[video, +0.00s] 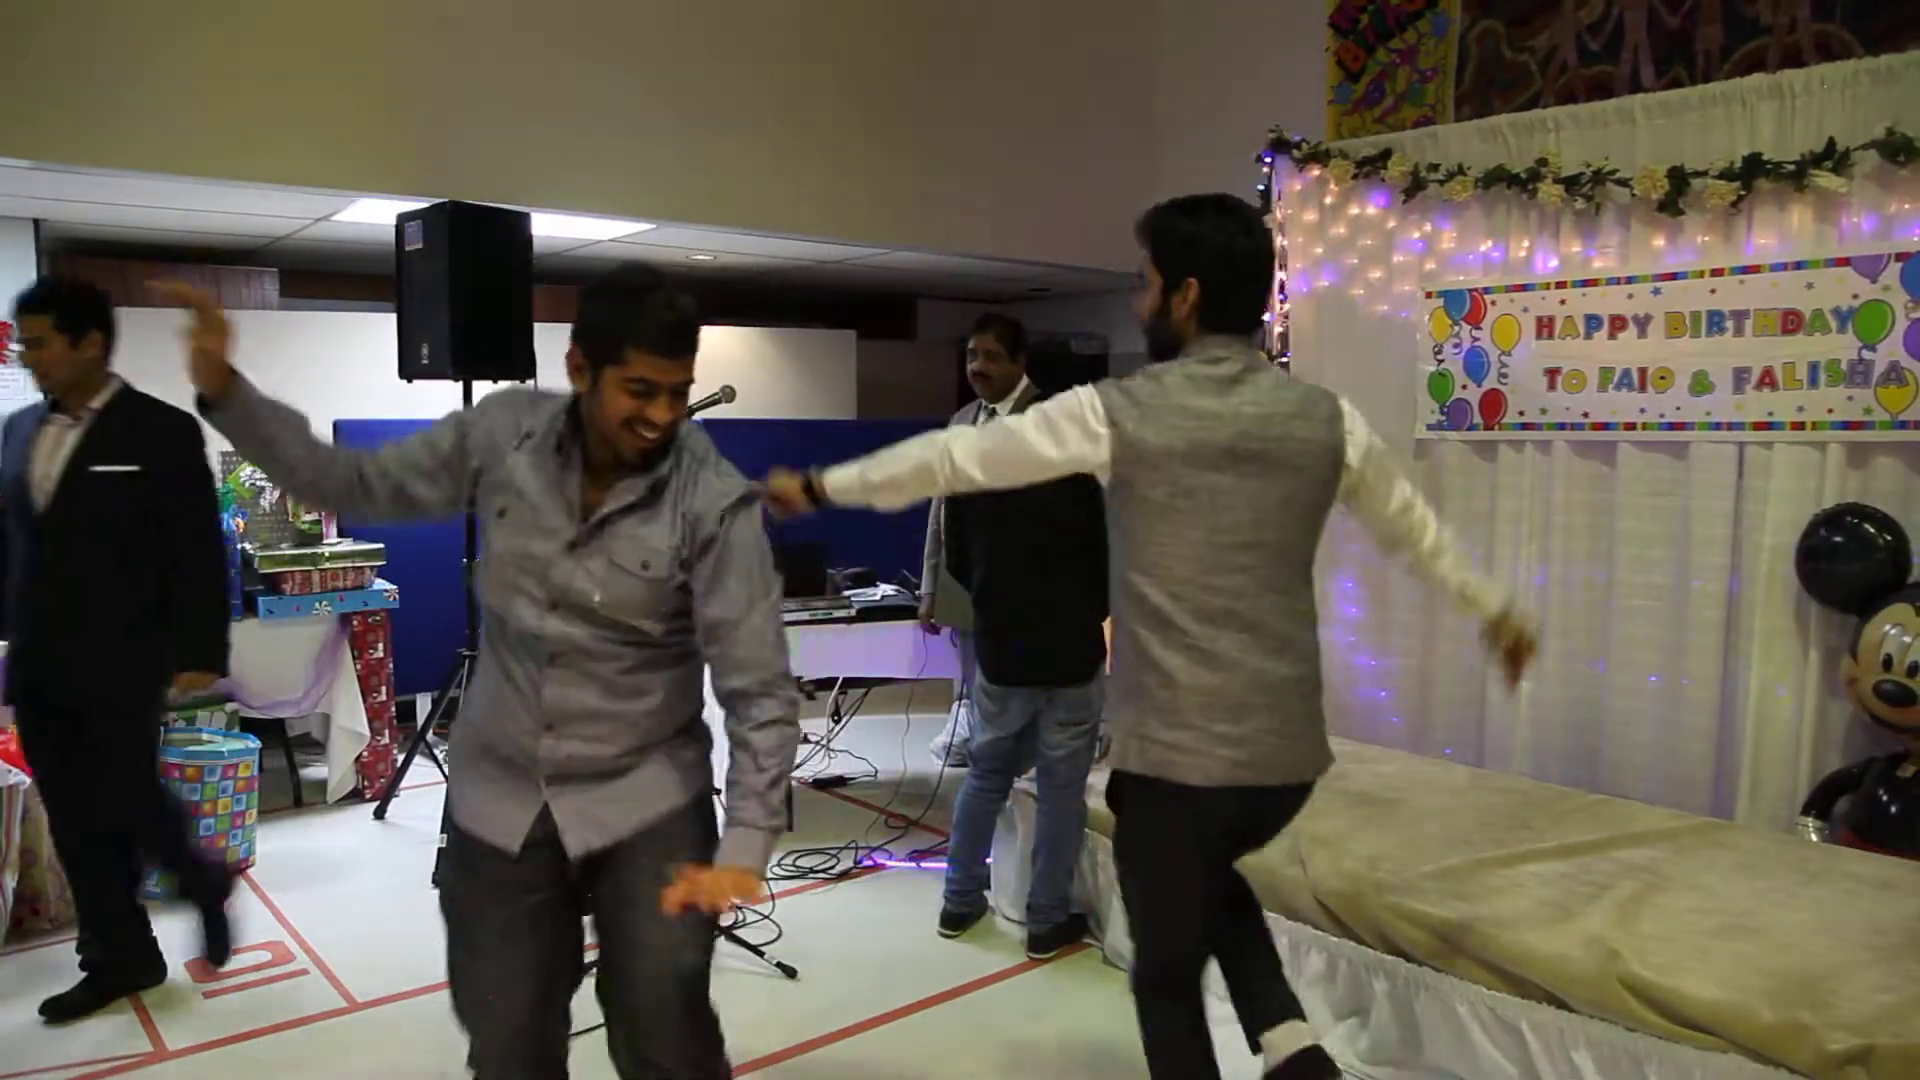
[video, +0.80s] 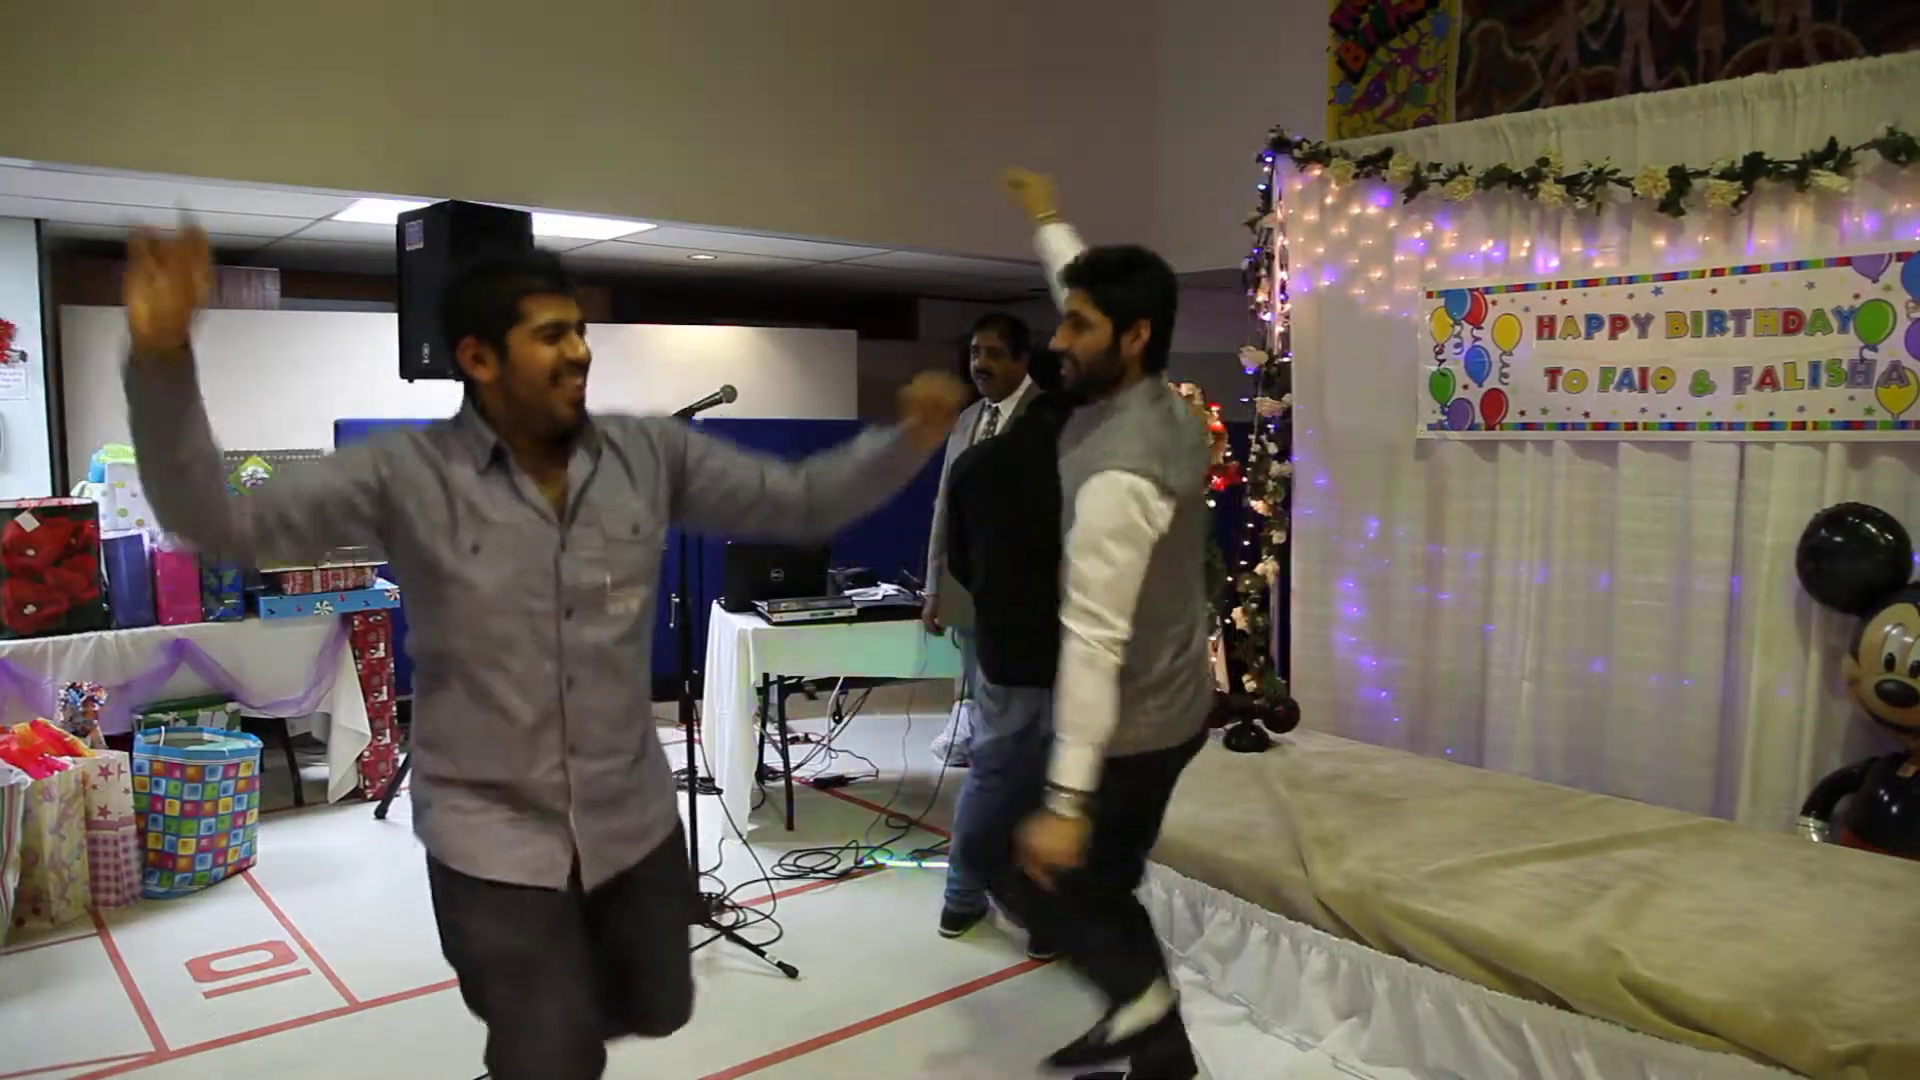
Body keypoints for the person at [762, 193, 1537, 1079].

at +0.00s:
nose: (1139, 299)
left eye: (1146, 282)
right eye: (1143, 280)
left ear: (1186, 295)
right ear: (1255, 296)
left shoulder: (1124, 411)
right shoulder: (1323, 416)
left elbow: (969, 455)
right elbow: (1415, 528)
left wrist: (825, 485)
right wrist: (1497, 612)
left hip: (1176, 762)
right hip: (1287, 758)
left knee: (1169, 982)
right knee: (1209, 871)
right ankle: (1289, 1045)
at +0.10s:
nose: (1127, 312)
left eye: (1137, 296)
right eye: (1132, 294)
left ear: (1175, 309)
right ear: (1239, 312)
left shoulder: (1118, 426)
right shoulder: (1311, 427)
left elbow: (964, 455)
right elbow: (1414, 483)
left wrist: (814, 471)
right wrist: (1498, 521)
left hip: (1173, 770)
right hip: (1276, 764)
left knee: (1158, 974)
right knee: (1185, 886)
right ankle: (1259, 1053)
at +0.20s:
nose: (1119, 328)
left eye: (1129, 312)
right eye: (1121, 310)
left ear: (1172, 323)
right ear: (1227, 325)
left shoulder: (1123, 438)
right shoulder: (1298, 434)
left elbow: (965, 475)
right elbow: (1393, 447)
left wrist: (809, 495)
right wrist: (1471, 434)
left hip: (1164, 774)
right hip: (1258, 768)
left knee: (1145, 981)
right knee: (1159, 923)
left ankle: (1203, 1075)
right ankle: (1211, 1062)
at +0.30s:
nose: (1110, 328)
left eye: (1121, 311)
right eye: (1115, 309)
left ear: (1168, 326)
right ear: (1209, 325)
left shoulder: (1112, 442)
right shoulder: (1282, 426)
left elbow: (957, 498)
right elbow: (1363, 400)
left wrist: (816, 543)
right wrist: (1417, 350)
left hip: (1161, 761)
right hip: (1252, 752)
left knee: (1149, 957)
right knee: (1145, 895)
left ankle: (1177, 1070)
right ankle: (1160, 1043)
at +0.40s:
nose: (1097, 324)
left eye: (1111, 308)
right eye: (1102, 306)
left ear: (1159, 325)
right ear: (1184, 325)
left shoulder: (1115, 442)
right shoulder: (1258, 416)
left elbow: (974, 530)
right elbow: (1315, 359)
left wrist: (828, 605)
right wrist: (1341, 298)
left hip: (1160, 748)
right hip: (1240, 734)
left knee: (1126, 939)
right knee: (1148, 908)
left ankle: (1174, 1075)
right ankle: (1162, 1062)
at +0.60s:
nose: (1083, 339)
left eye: (1100, 327)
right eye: (1088, 323)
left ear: (1154, 341)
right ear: (1171, 343)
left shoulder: (1124, 466)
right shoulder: (1214, 419)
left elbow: (1028, 602)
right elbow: (1205, 341)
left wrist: (927, 739)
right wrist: (1196, 243)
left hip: (1158, 725)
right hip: (1210, 710)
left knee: (1028, 860)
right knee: (1123, 888)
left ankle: (1171, 978)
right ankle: (1154, 1053)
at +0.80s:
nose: (1062, 338)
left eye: (1080, 325)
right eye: (1064, 322)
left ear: (1133, 339)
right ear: (1127, 337)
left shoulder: (1118, 472)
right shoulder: (1161, 401)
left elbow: (1094, 640)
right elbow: (1091, 299)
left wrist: (1067, 799)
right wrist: (1046, 220)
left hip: (1127, 724)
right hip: (1165, 701)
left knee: (1028, 872)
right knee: (1104, 883)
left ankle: (1134, 998)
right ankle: (1152, 1046)